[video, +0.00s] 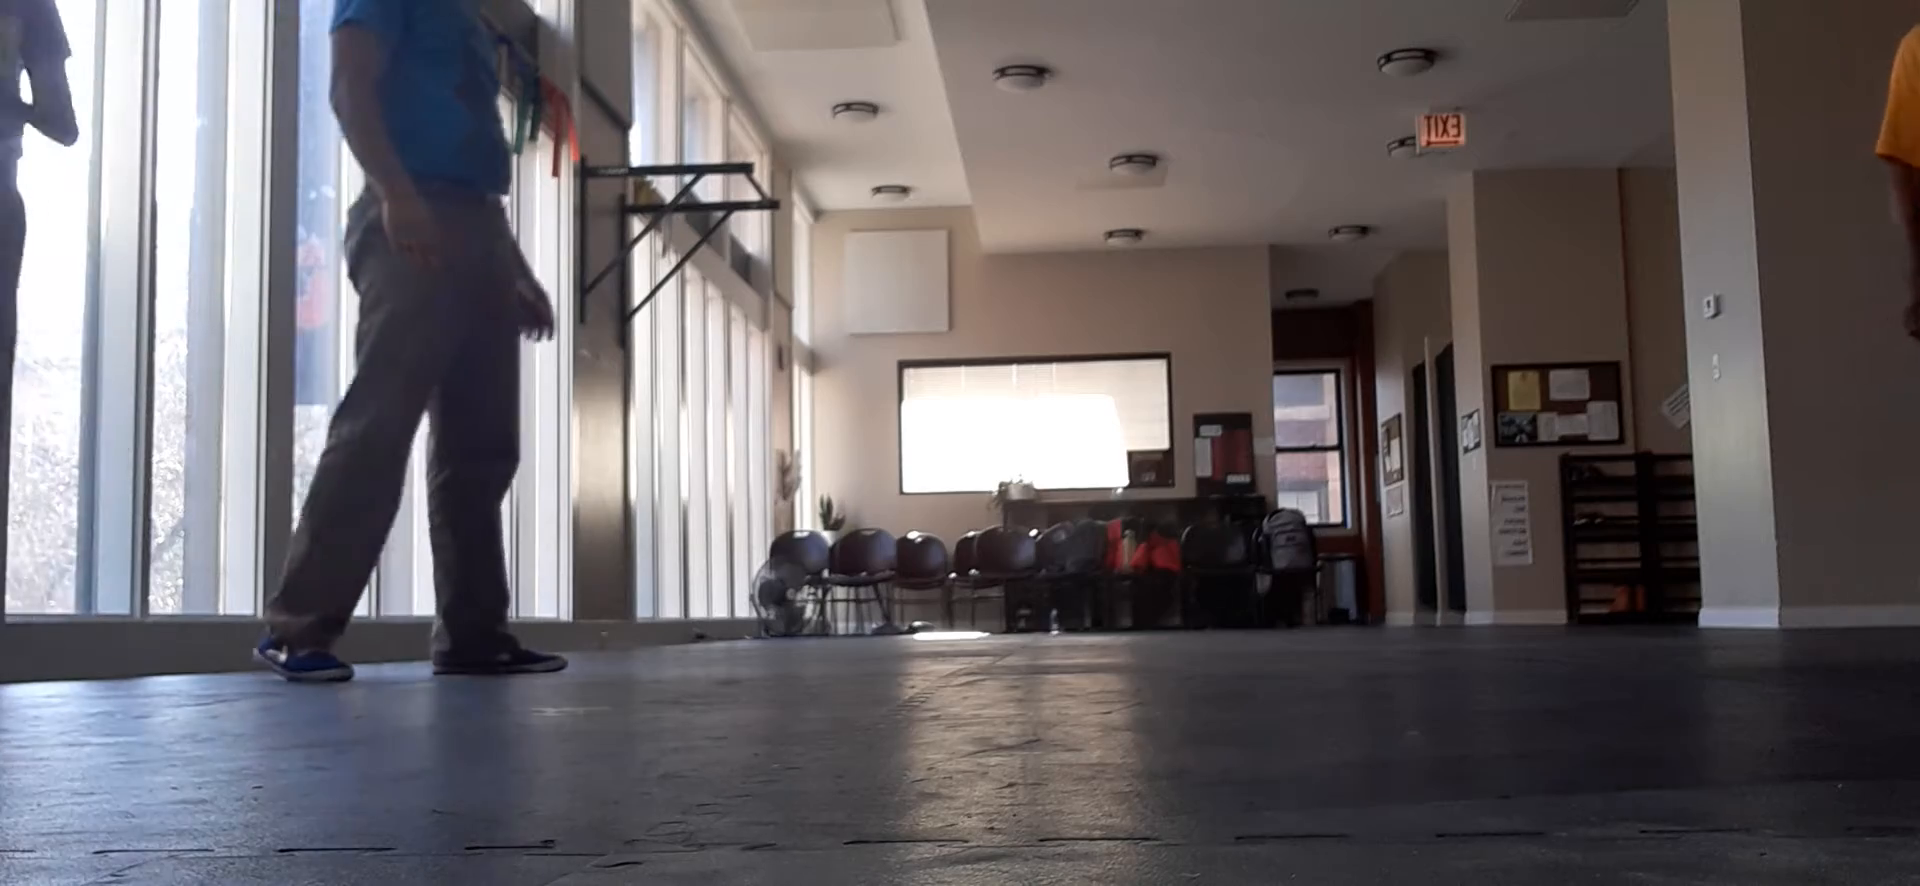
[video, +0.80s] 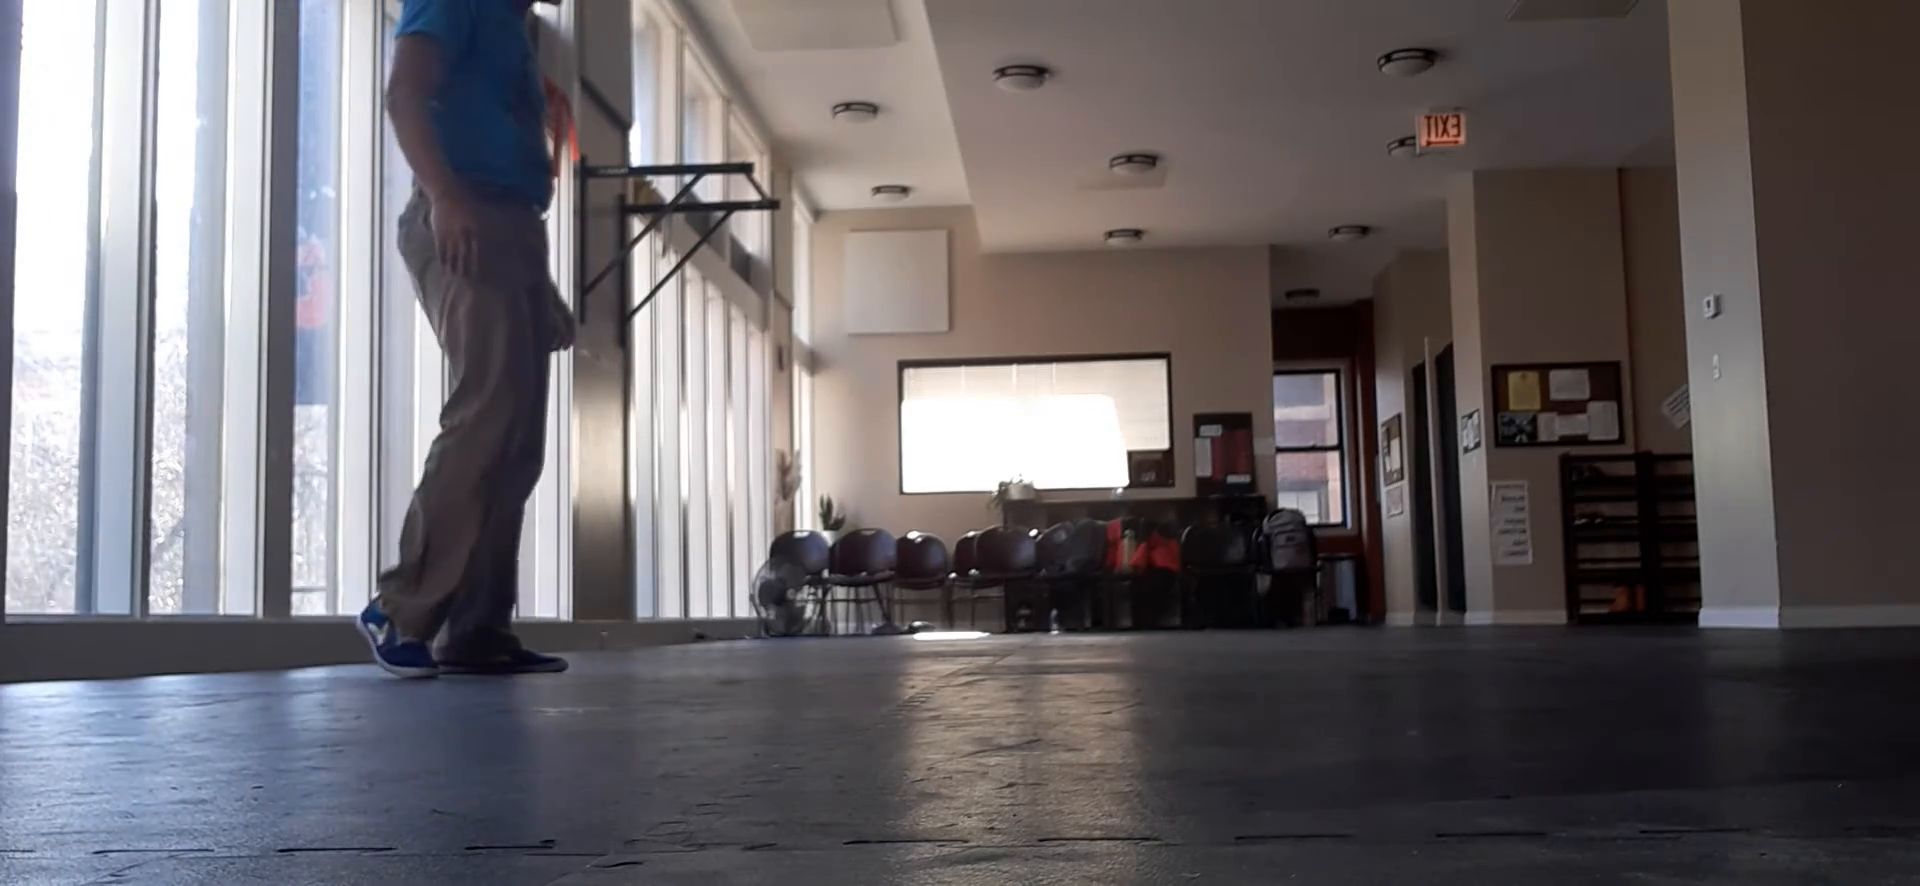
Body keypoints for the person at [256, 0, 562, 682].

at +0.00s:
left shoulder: (466, 23)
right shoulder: (383, 4)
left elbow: (472, 167)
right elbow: (350, 90)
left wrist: (513, 270)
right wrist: (399, 195)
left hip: (479, 226)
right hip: (415, 218)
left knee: (478, 447)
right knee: (379, 427)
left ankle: (472, 637)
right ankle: (295, 631)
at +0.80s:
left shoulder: (513, 24)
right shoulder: (454, 5)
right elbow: (404, 95)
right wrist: (445, 198)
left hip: (514, 221)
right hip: (467, 214)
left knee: (516, 437)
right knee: (487, 414)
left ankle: (477, 634)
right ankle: (402, 610)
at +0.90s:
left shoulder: (513, 24)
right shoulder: (457, 5)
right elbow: (403, 92)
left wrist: (545, 102)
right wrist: (443, 192)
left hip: (511, 220)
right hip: (463, 211)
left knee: (514, 428)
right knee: (493, 402)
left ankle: (477, 631)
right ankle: (401, 607)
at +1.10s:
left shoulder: (505, 26)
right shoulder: (452, 6)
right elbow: (403, 90)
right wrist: (444, 191)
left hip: (500, 225)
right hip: (456, 219)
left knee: (501, 438)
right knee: (481, 414)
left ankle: (474, 636)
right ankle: (378, 601)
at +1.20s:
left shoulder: (500, 34)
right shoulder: (447, 6)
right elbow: (399, 88)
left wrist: (523, 286)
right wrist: (446, 188)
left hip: (497, 230)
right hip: (451, 221)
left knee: (496, 445)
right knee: (472, 419)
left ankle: (474, 639)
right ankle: (358, 593)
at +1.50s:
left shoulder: (471, 30)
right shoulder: (394, 5)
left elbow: (471, 167)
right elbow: (357, 104)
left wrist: (504, 287)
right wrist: (422, 184)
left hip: (480, 238)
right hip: (411, 230)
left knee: (474, 453)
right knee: (391, 433)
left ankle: (472, 639)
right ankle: (328, 625)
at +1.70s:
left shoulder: (447, 18)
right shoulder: (353, 6)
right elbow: (307, 112)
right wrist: (363, 197)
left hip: (452, 236)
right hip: (376, 232)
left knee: (458, 453)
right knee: (354, 444)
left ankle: (467, 638)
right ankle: (322, 637)